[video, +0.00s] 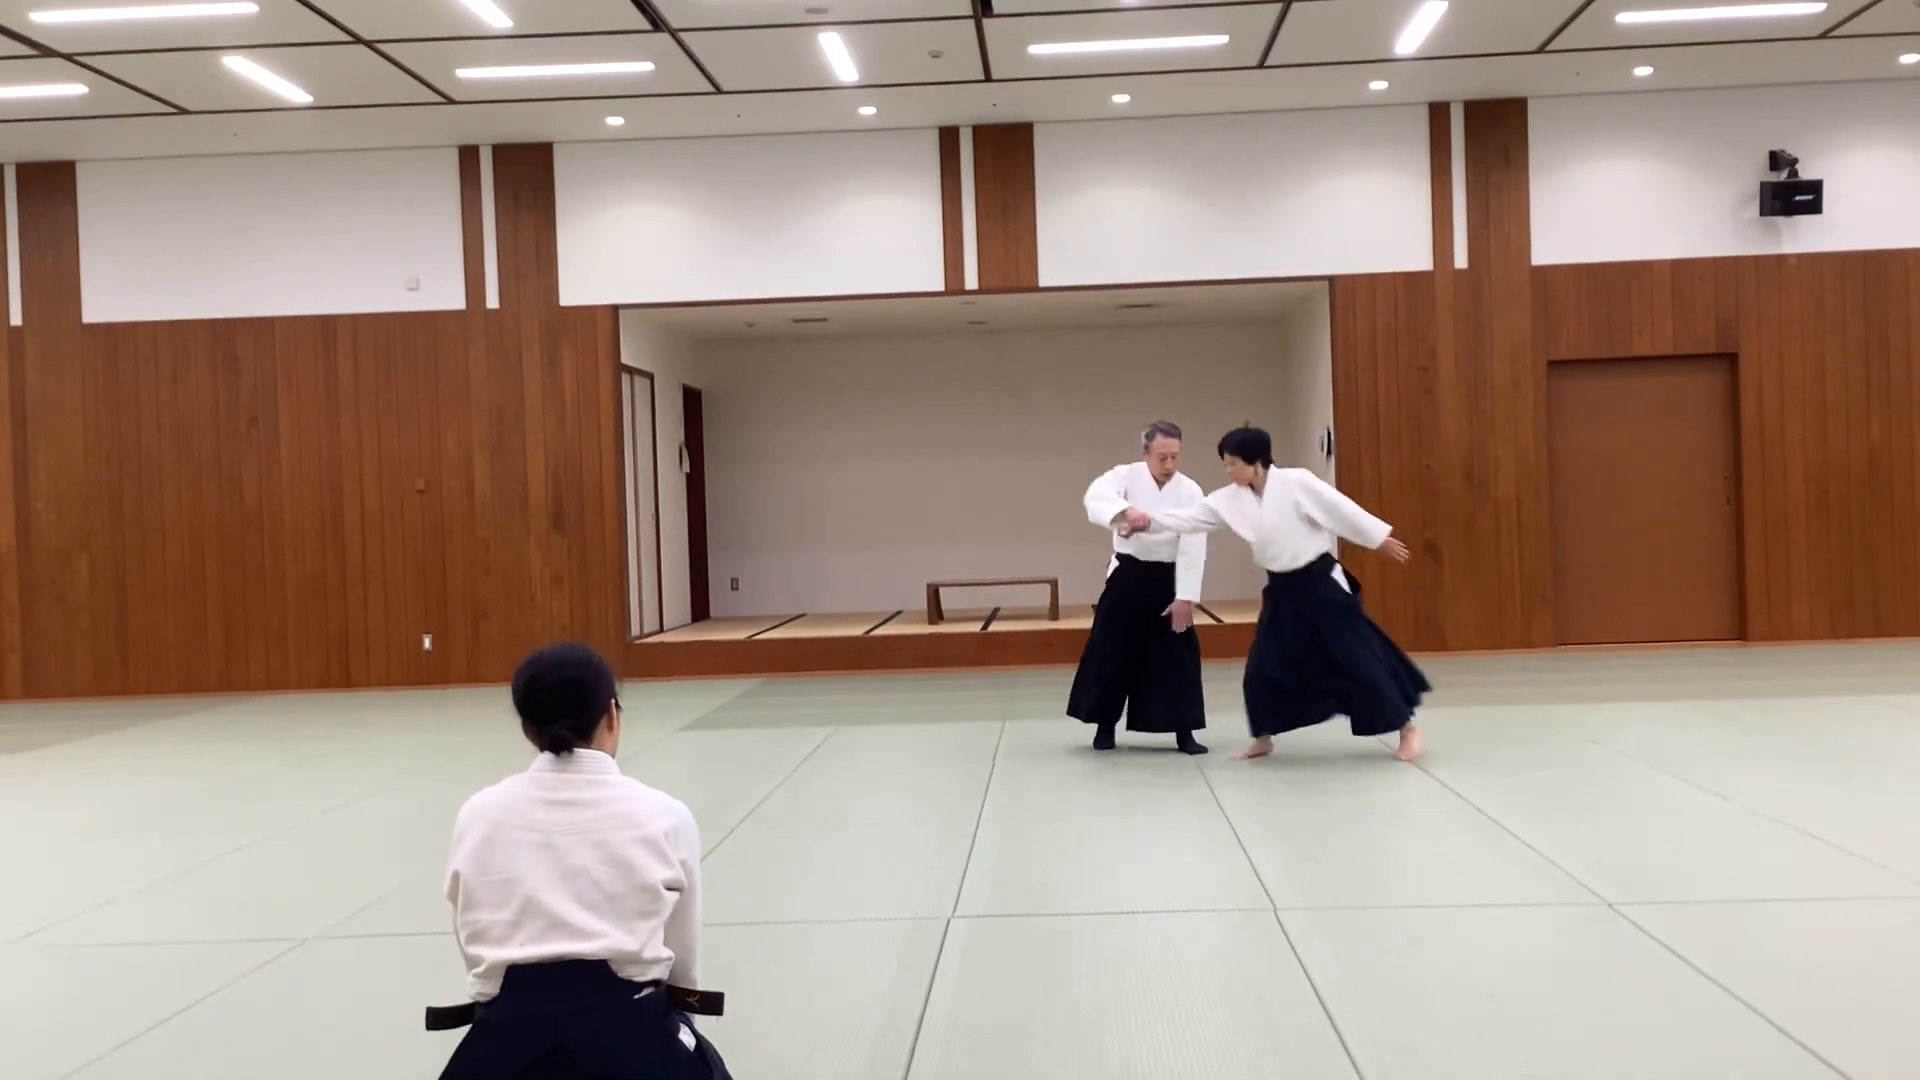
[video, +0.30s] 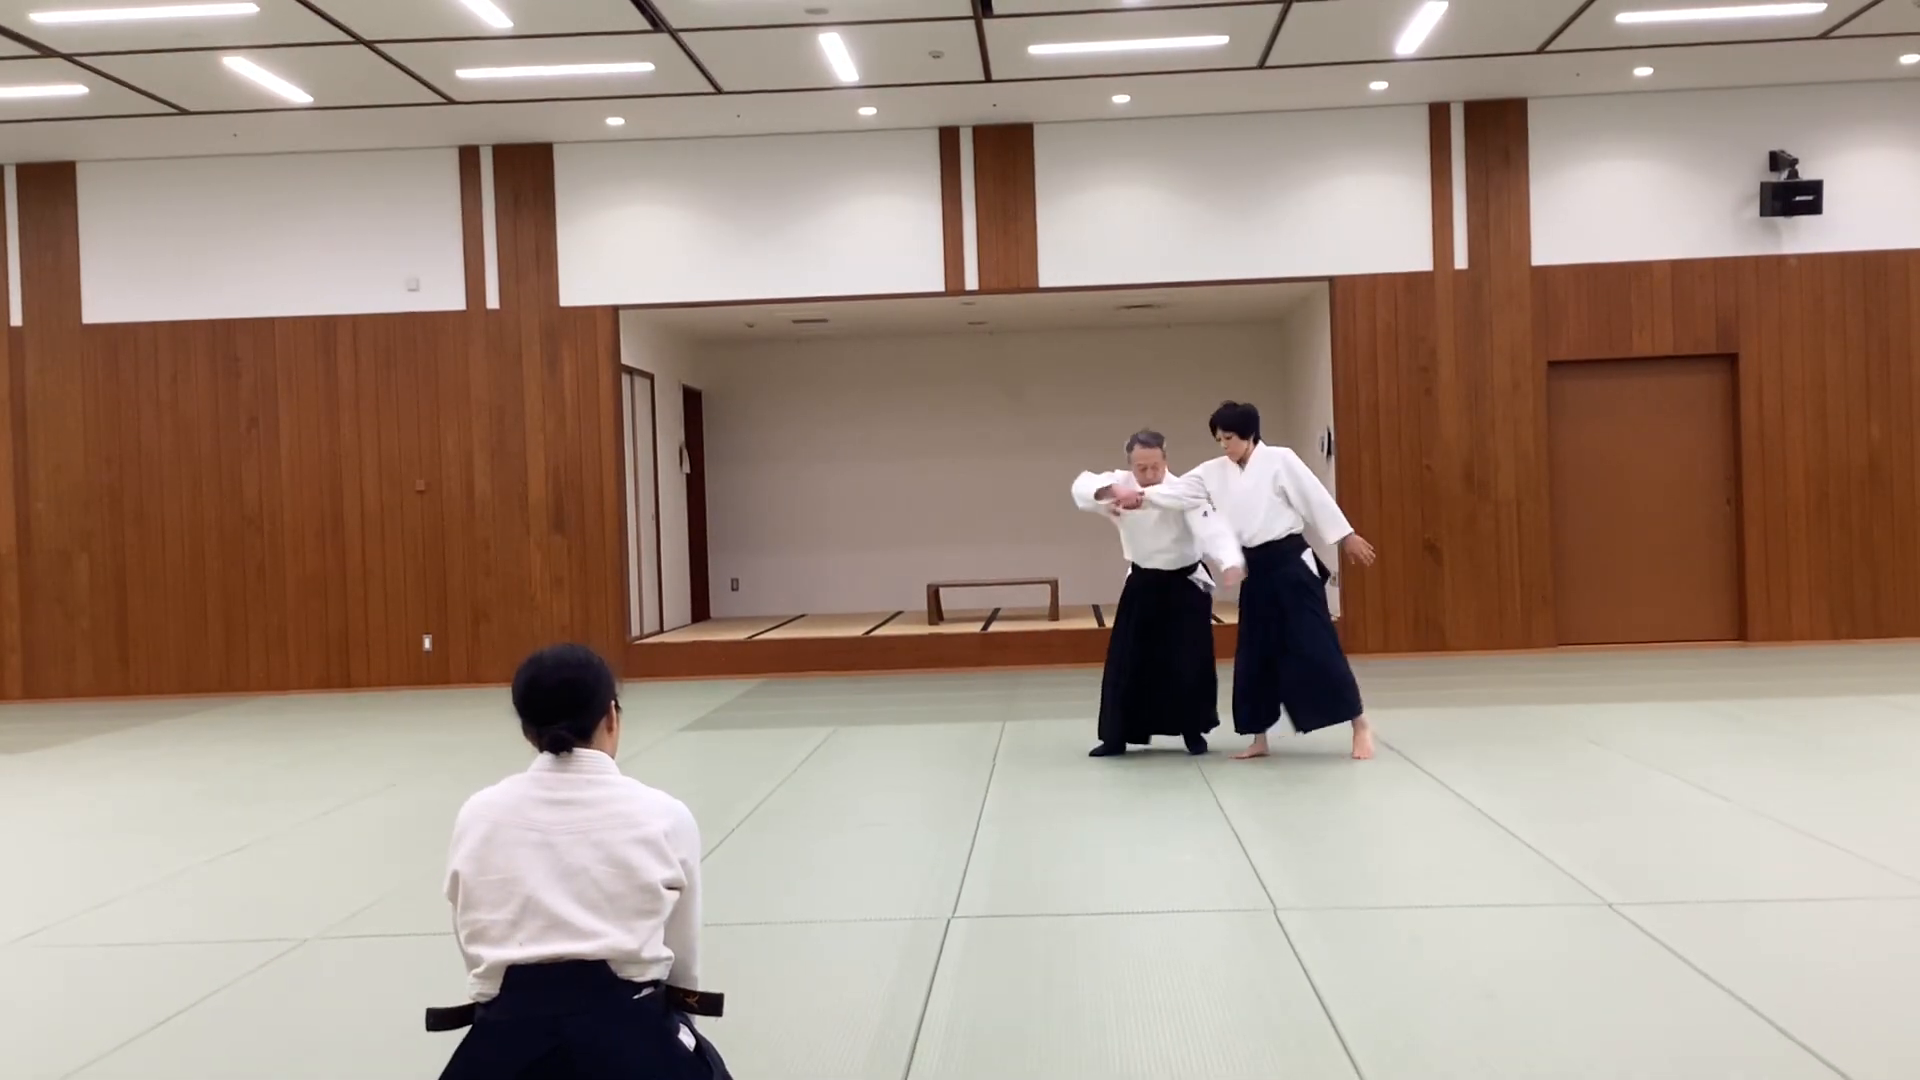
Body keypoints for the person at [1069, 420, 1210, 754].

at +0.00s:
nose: (1168, 464)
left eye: (1174, 457)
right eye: (1161, 457)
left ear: (1180, 456)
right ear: (1145, 454)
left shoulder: (1190, 492)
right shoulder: (1125, 475)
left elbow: (1193, 548)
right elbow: (1095, 497)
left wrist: (1186, 598)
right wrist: (1121, 514)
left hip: (1170, 577)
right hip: (1128, 576)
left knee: (1180, 656)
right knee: (1114, 652)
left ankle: (1185, 732)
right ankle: (1105, 726)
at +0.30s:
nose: (1149, 476)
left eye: (1155, 467)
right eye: (1141, 468)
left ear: (1166, 462)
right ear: (1130, 465)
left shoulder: (1185, 490)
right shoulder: (1120, 484)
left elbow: (1209, 527)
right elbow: (1080, 486)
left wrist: (1230, 561)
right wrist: (1107, 492)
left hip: (1184, 585)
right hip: (1141, 585)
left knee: (1189, 660)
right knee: (1124, 660)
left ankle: (1192, 730)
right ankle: (1115, 738)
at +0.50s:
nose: (1167, 486)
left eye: (1172, 478)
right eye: (1159, 480)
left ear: (1185, 472)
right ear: (1150, 478)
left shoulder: (1207, 497)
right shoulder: (1141, 499)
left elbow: (1247, 523)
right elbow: (1107, 519)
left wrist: (1275, 559)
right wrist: (1136, 529)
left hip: (1205, 594)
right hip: (1159, 593)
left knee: (1223, 662)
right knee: (1138, 663)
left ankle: (1237, 733)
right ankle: (1131, 737)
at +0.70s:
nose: (1216, 512)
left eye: (1222, 504)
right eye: (1209, 506)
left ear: (1234, 498)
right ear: (1199, 502)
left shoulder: (1252, 531)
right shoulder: (1185, 521)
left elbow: (1298, 568)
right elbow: (1149, 552)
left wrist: (1306, 616)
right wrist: (1181, 571)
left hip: (1232, 618)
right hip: (1184, 614)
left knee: (1254, 681)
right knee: (1149, 673)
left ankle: (1273, 747)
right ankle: (1122, 739)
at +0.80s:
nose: (1251, 520)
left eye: (1258, 514)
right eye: (1245, 512)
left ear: (1271, 510)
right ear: (1235, 505)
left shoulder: (1281, 546)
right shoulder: (1213, 526)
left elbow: (1299, 600)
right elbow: (1179, 566)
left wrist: (1306, 653)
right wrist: (1213, 592)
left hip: (1255, 622)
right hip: (1200, 615)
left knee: (1274, 678)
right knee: (1160, 669)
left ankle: (1275, 748)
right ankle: (1127, 735)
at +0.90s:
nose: (1283, 520)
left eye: (1290, 514)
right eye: (1277, 511)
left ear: (1296, 513)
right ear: (1261, 503)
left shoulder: (1296, 547)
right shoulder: (1226, 531)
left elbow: (1295, 601)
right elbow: (1207, 576)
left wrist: (1284, 652)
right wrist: (1250, 595)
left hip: (1252, 617)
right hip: (1206, 606)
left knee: (1264, 677)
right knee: (1168, 663)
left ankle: (1264, 746)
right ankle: (1134, 726)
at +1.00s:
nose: (1299, 514)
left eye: (1305, 508)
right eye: (1295, 505)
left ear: (1308, 508)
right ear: (1274, 498)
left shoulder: (1294, 543)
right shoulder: (1244, 525)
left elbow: (1287, 590)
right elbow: (1248, 571)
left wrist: (1272, 631)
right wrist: (1293, 594)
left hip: (1246, 615)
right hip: (1207, 608)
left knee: (1267, 678)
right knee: (1187, 678)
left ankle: (1265, 748)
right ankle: (1162, 742)